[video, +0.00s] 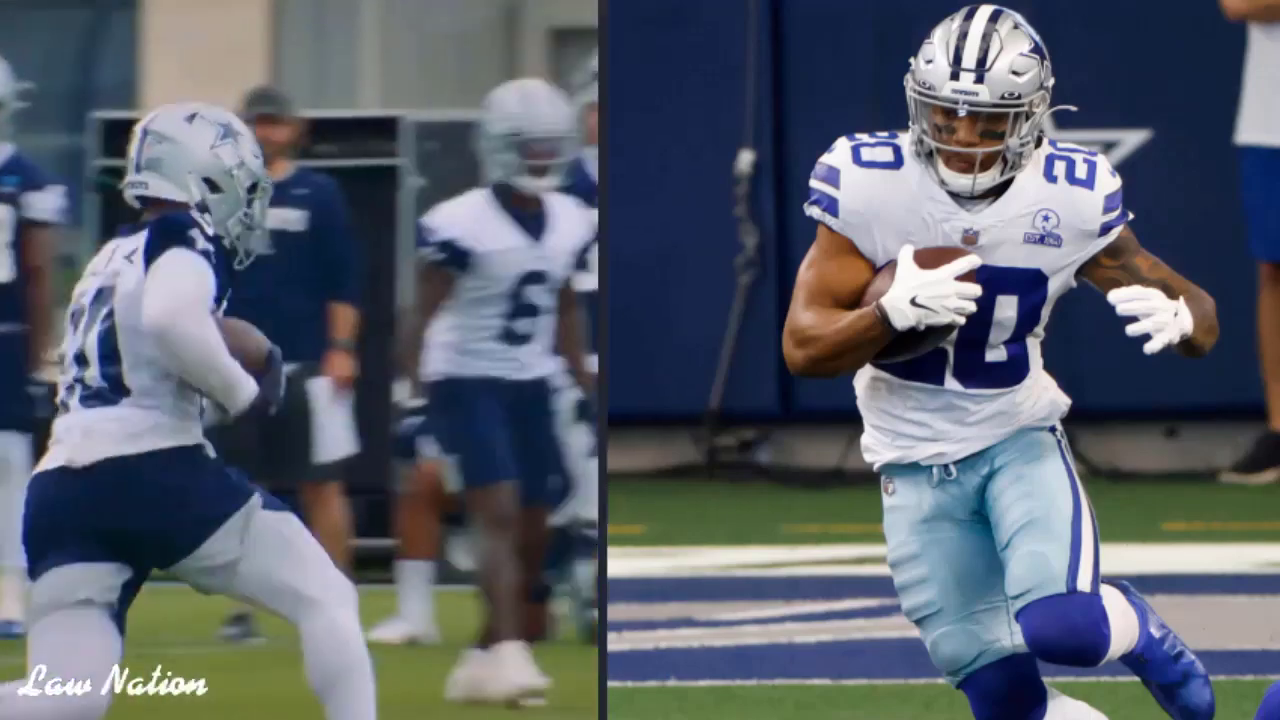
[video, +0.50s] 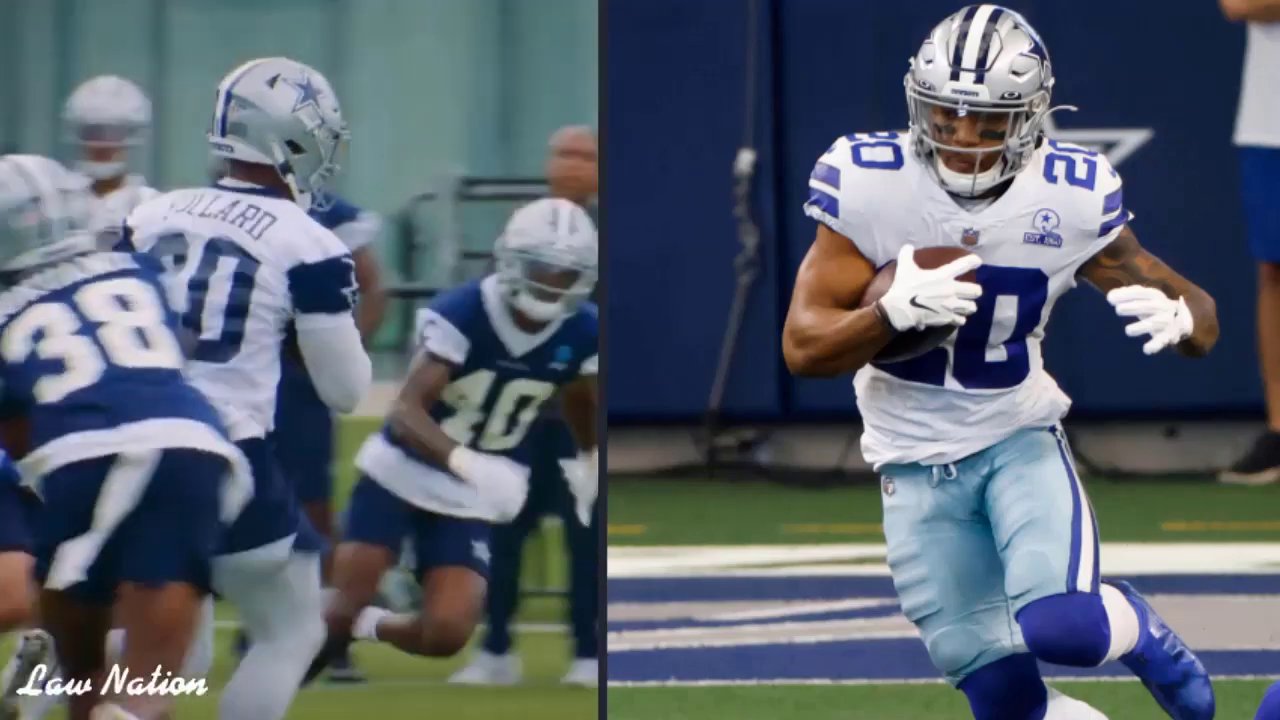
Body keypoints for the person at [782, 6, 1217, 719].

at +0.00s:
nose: (966, 137)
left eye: (988, 121)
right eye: (950, 117)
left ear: (1027, 118)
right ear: (922, 110)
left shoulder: (1071, 194)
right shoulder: (863, 180)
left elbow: (1197, 310)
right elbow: (801, 350)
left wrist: (1181, 318)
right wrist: (887, 313)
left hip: (1018, 437)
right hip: (911, 467)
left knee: (1054, 626)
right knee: (1001, 696)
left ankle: (1141, 632)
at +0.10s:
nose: (965, 137)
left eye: (988, 121)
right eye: (950, 116)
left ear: (1027, 118)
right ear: (922, 110)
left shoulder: (1071, 194)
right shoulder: (863, 179)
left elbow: (1197, 310)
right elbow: (801, 349)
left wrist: (1181, 319)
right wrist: (887, 313)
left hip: (1018, 437)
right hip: (911, 467)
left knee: (1054, 626)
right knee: (1001, 696)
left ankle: (1142, 633)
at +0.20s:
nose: (966, 137)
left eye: (988, 121)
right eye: (950, 116)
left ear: (1027, 118)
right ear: (922, 110)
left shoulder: (1071, 195)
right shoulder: (863, 180)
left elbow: (1197, 310)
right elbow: (801, 350)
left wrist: (1181, 319)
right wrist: (887, 313)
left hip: (1018, 437)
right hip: (911, 467)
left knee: (1054, 626)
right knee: (1001, 696)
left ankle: (1141, 631)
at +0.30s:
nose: (965, 137)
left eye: (988, 121)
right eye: (950, 116)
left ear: (1027, 118)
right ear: (922, 110)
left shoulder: (1071, 194)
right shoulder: (863, 179)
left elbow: (1197, 310)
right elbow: (801, 349)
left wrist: (1181, 319)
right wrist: (887, 313)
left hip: (1018, 437)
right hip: (911, 467)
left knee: (1054, 626)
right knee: (1001, 696)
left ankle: (1142, 633)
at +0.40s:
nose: (966, 137)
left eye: (988, 121)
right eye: (950, 116)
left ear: (1027, 118)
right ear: (922, 109)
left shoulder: (1071, 195)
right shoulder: (863, 180)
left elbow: (1197, 310)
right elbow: (801, 350)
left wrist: (1181, 319)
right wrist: (887, 313)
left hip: (1018, 437)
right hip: (911, 467)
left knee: (1054, 626)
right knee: (1001, 696)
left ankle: (1141, 631)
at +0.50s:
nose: (966, 137)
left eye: (988, 121)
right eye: (950, 117)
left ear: (1027, 118)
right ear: (922, 110)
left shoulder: (1072, 194)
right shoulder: (863, 180)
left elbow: (1197, 310)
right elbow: (801, 350)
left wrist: (1181, 318)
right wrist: (887, 313)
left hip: (1018, 437)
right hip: (911, 467)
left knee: (1054, 626)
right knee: (1001, 697)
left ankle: (1142, 632)